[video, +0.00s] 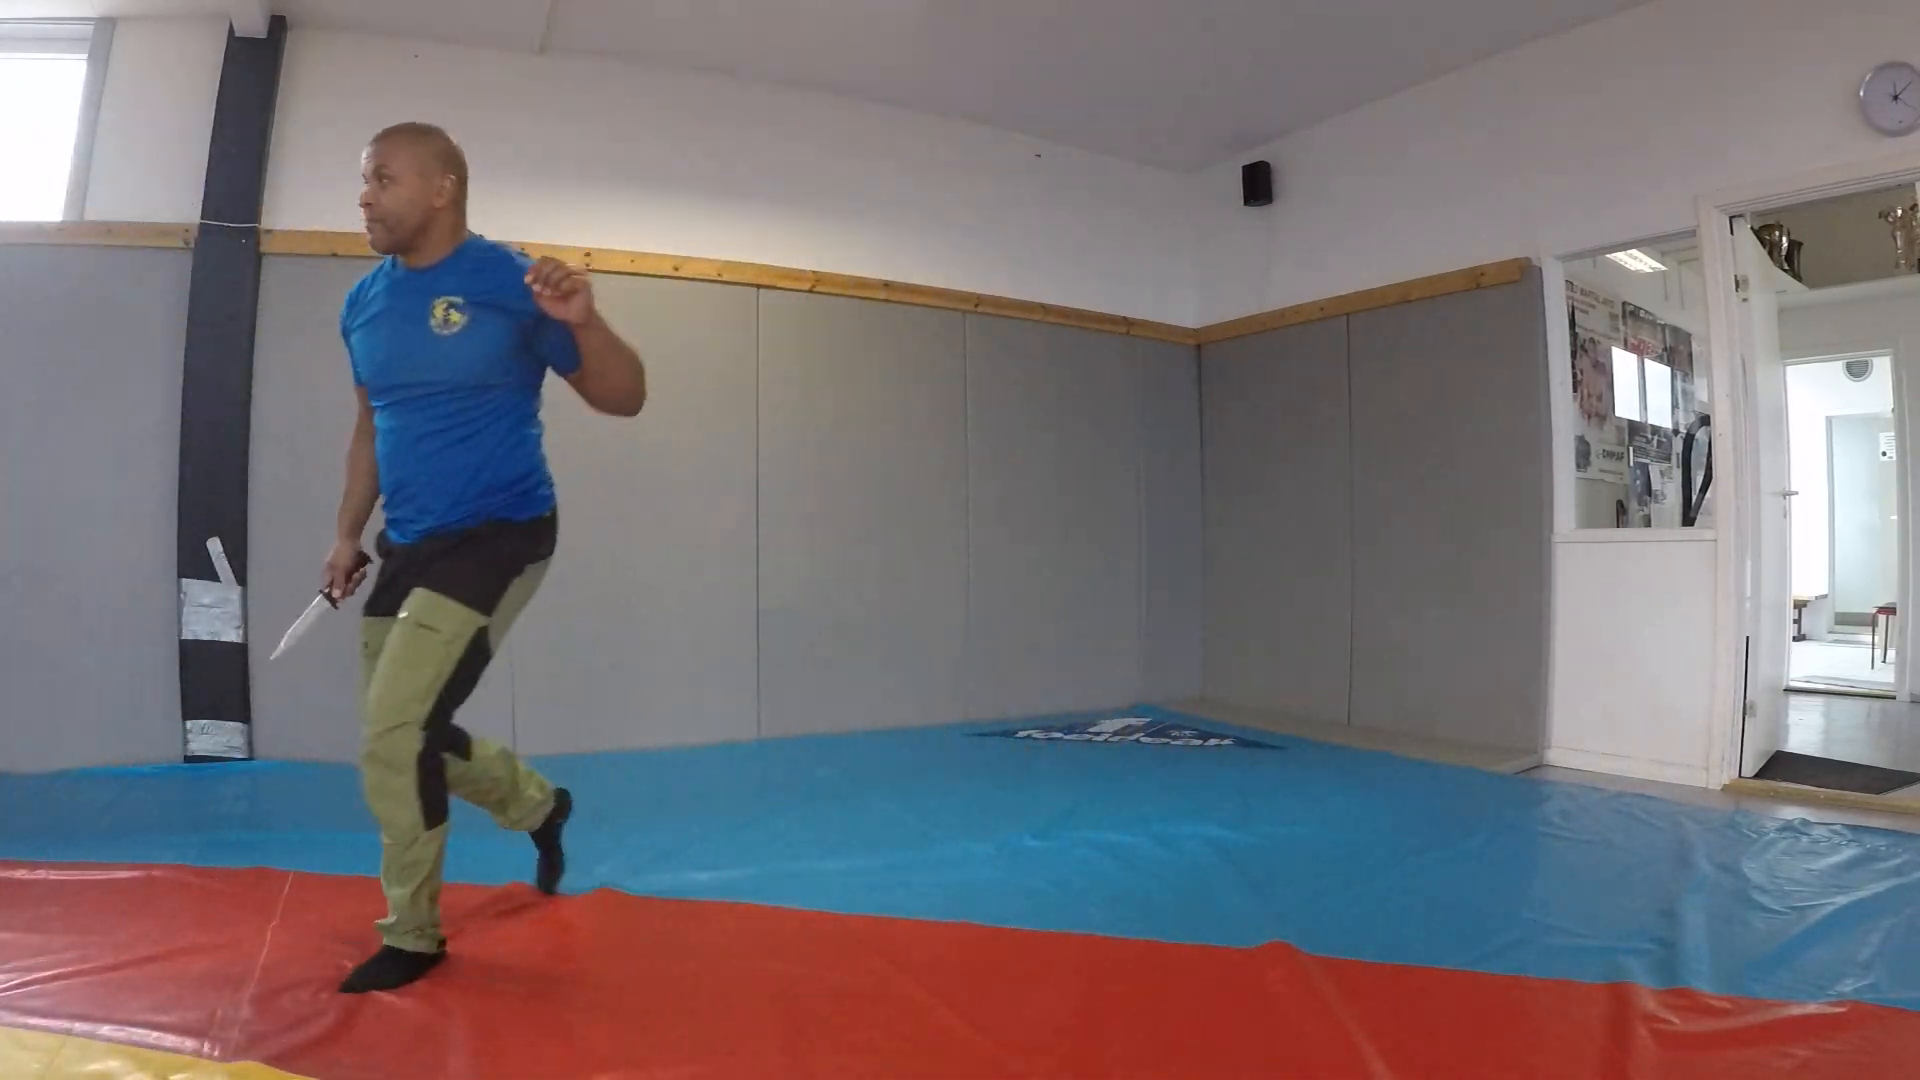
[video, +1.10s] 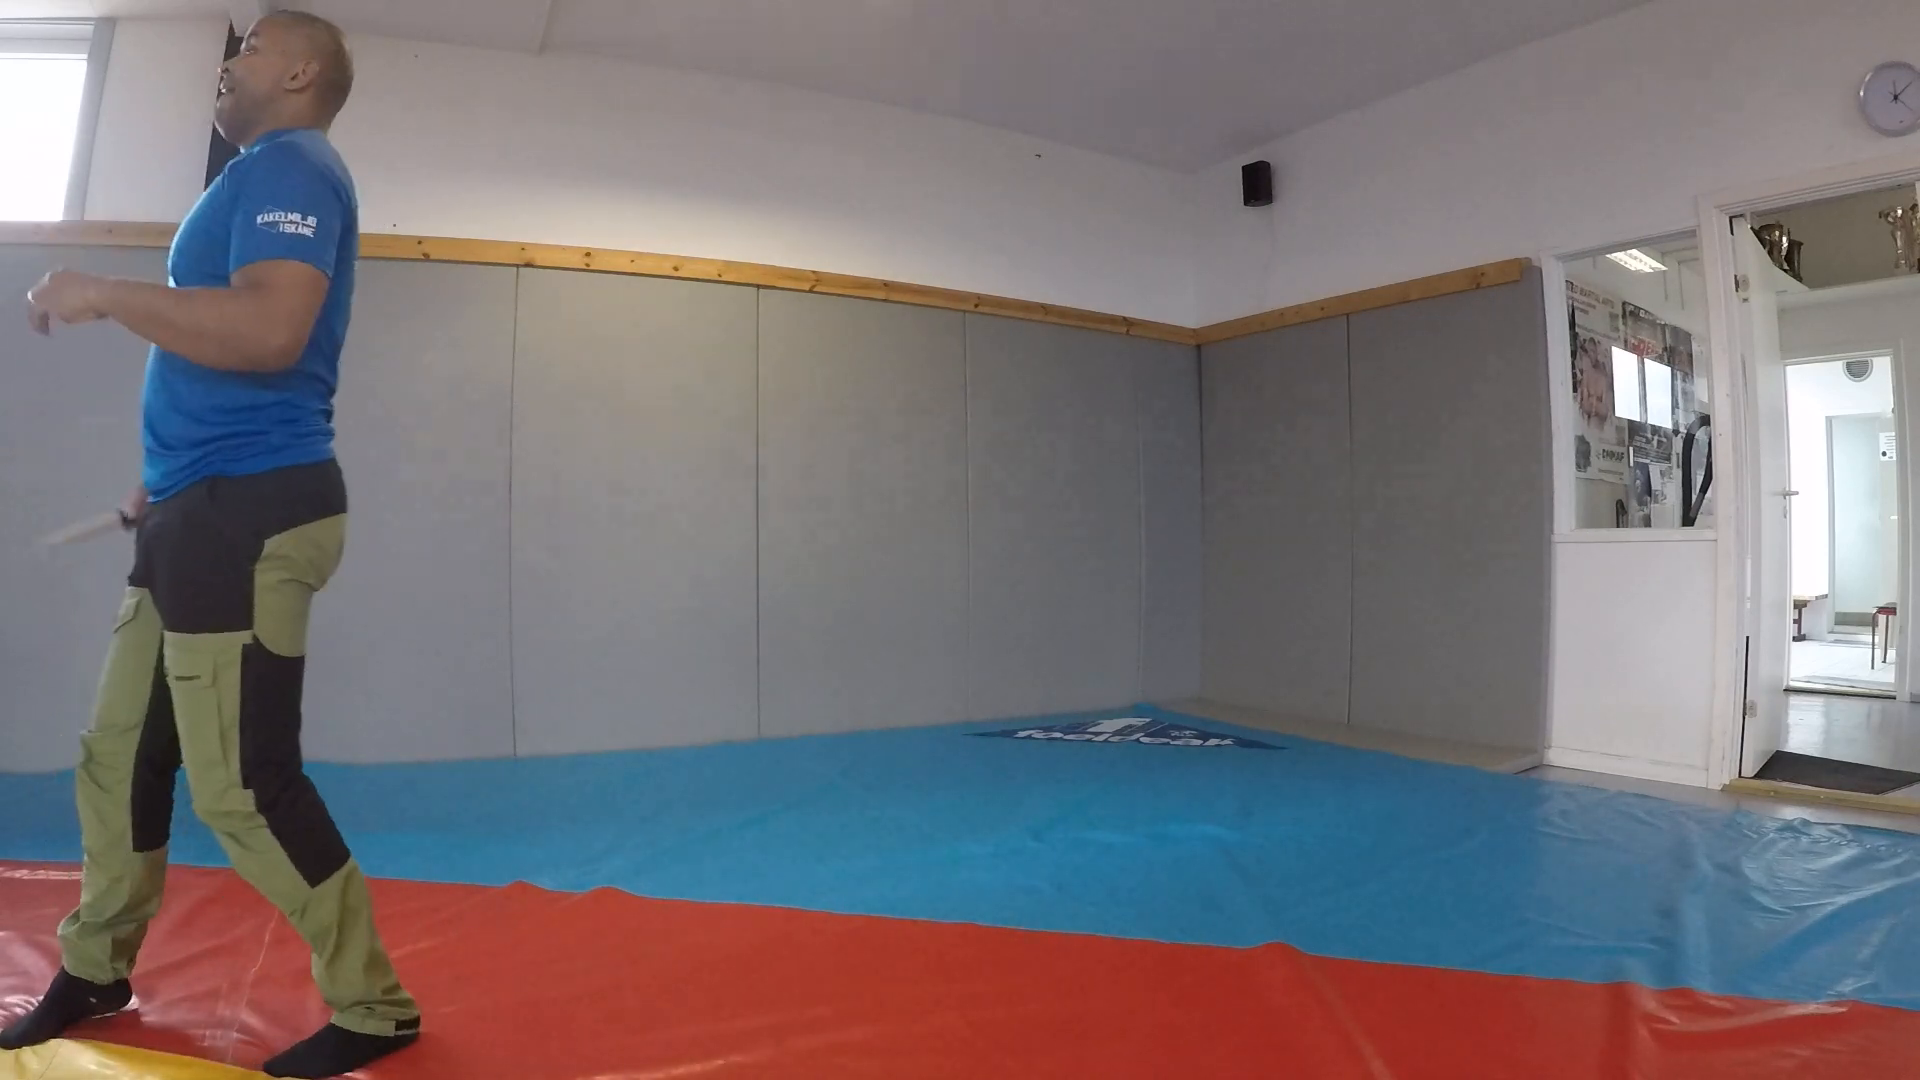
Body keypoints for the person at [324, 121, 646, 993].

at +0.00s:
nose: (364, 196)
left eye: (382, 181)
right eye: (365, 181)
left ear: (441, 191)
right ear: (406, 194)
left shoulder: (505, 282)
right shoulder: (366, 302)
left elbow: (624, 395)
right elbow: (370, 426)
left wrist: (584, 322)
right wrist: (350, 535)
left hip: (498, 531)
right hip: (410, 540)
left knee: (397, 725)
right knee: (398, 728)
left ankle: (412, 934)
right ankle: (539, 808)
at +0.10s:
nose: (317, 179)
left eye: (336, 164)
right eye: (320, 163)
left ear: (396, 182)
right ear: (365, 185)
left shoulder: (460, 283)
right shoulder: (324, 295)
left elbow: (541, 428)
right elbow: (319, 425)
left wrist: (474, 362)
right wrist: (294, 537)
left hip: (441, 537)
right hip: (350, 541)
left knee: (340, 743)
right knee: (294, 737)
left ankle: (407, 933)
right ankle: (447, 817)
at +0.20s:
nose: (279, 145)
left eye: (299, 129)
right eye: (283, 131)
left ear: (358, 145)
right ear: (332, 148)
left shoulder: (409, 254)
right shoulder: (288, 266)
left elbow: (445, 411)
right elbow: (278, 400)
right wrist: (246, 504)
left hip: (385, 527)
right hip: (295, 523)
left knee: (307, 746)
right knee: (219, 724)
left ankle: (404, 926)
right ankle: (324, 871)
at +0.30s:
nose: (239, 113)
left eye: (260, 96)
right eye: (243, 99)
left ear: (321, 116)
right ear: (285, 119)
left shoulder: (357, 224)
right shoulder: (256, 229)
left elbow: (366, 381)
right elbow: (252, 372)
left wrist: (213, 367)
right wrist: (208, 477)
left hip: (331, 513)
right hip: (239, 509)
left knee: (272, 750)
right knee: (170, 722)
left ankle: (392, 912)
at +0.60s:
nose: (132, 96)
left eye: (155, 82)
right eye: (140, 82)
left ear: (209, 105)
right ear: (191, 107)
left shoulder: (220, 191)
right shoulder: (163, 215)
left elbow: (225, 346)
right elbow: (137, 388)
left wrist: (70, 328)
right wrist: (56, 496)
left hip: (181, 518)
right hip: (106, 522)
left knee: (122, 771)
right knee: (44, 766)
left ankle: (329, 896)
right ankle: (98, 982)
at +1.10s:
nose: (225, 63)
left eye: (248, 48)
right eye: (232, 49)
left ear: (303, 77)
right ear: (291, 81)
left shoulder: (292, 167)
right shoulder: (255, 176)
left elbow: (274, 330)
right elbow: (245, 367)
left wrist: (109, 292)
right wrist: (164, 488)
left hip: (256, 508)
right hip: (197, 506)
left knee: (246, 783)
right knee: (120, 758)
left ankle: (374, 1009)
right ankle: (96, 972)